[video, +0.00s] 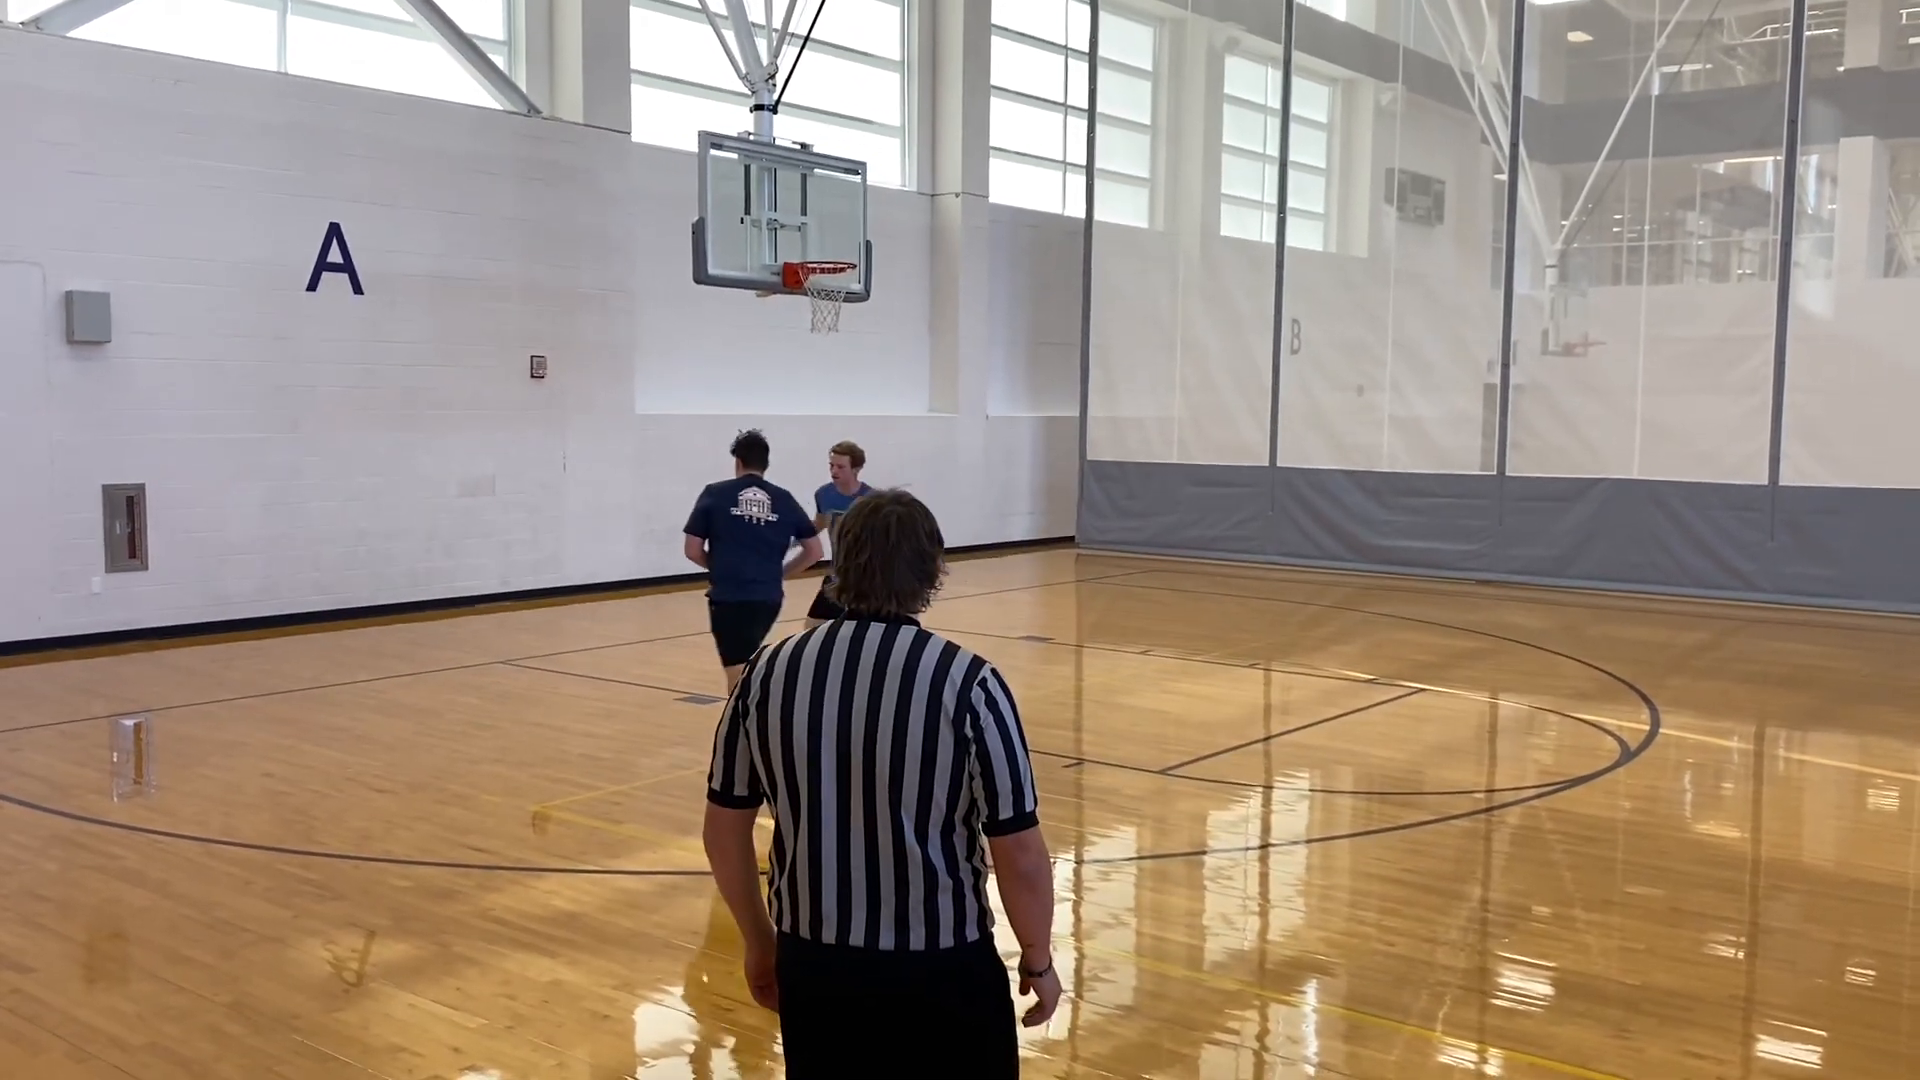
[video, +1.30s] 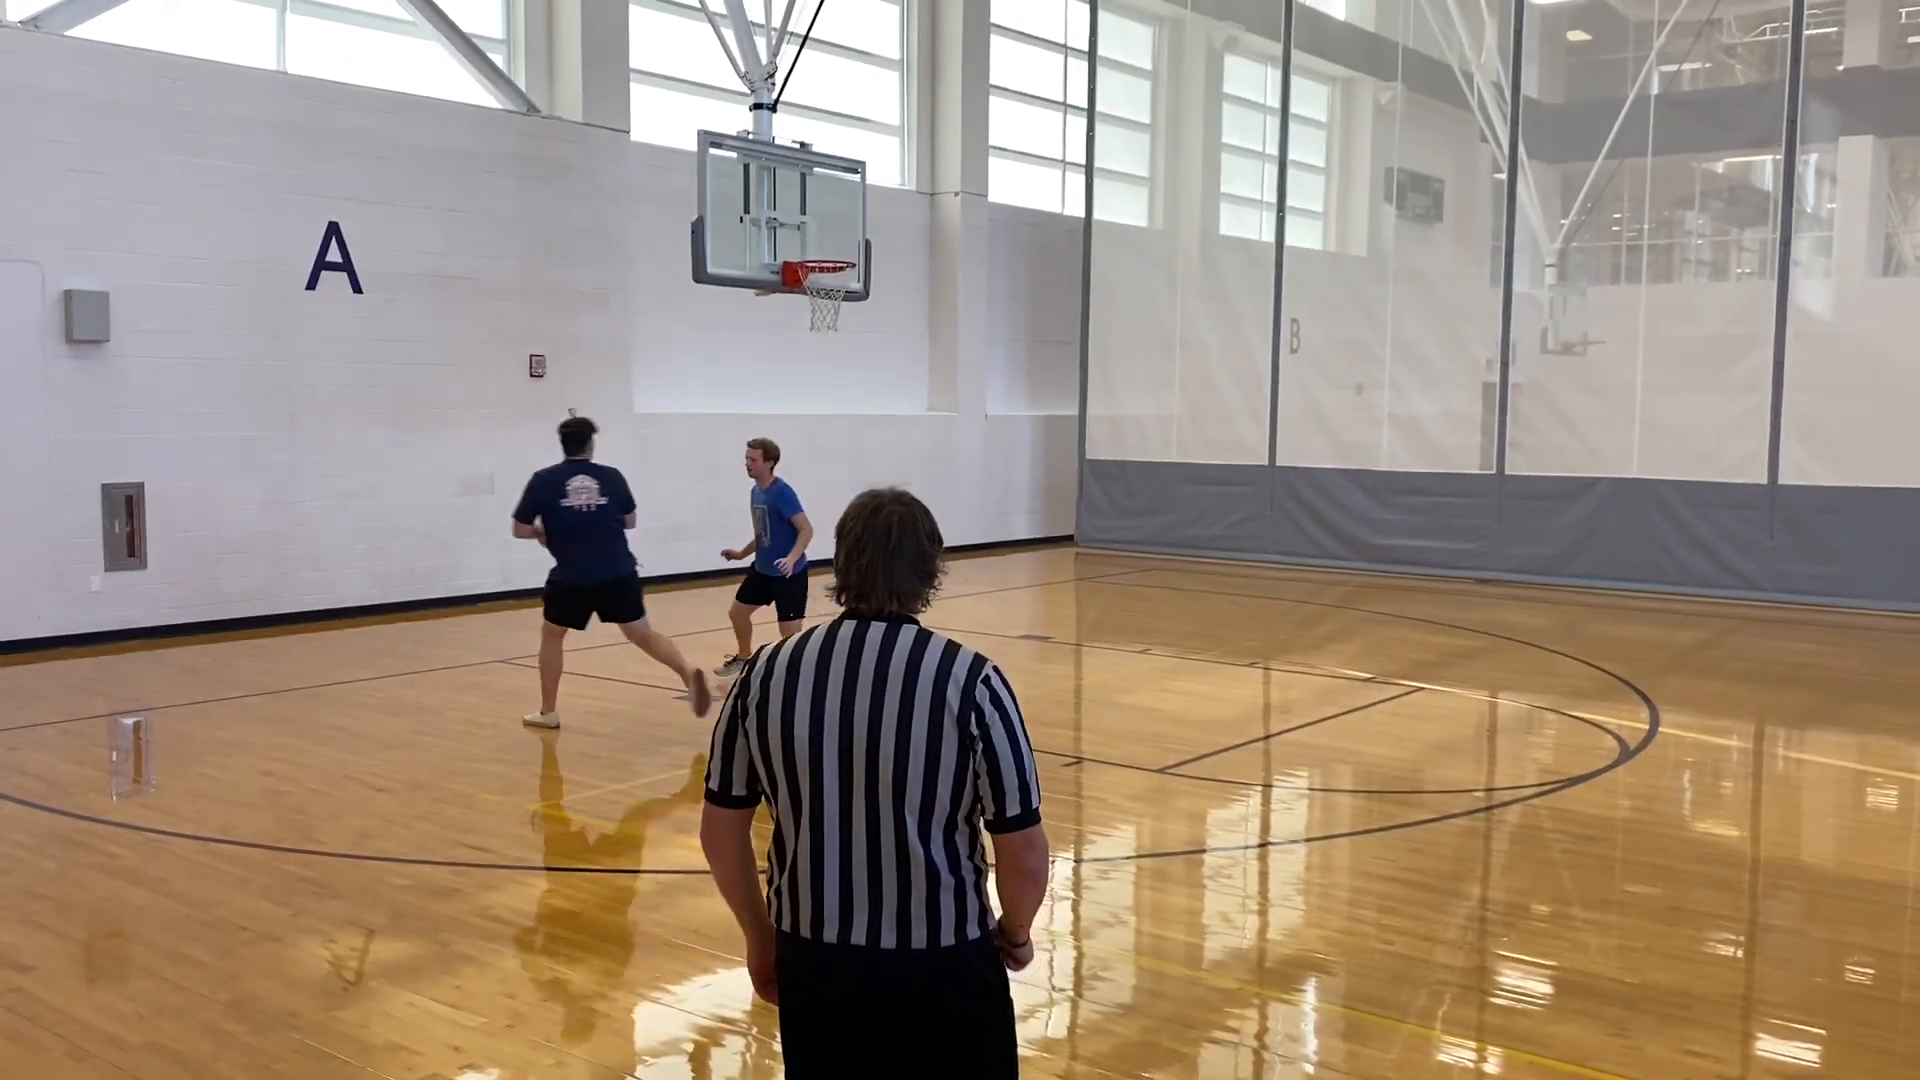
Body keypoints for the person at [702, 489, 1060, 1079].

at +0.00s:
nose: (940, 573)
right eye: (936, 561)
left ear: (841, 565)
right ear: (929, 571)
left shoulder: (768, 668)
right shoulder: (968, 681)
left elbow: (724, 828)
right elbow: (1019, 852)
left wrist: (758, 938)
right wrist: (1037, 955)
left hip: (814, 973)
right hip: (947, 977)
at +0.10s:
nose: (939, 573)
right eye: (935, 561)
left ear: (841, 564)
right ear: (929, 572)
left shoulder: (768, 671)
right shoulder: (969, 682)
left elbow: (724, 826)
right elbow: (1019, 851)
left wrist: (757, 940)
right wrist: (1037, 953)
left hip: (815, 974)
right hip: (948, 977)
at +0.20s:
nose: (938, 573)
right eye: (934, 560)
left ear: (841, 566)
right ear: (929, 572)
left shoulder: (768, 670)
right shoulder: (967, 681)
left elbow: (723, 826)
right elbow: (1017, 849)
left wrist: (755, 939)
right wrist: (1035, 950)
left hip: (814, 976)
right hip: (945, 978)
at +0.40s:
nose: (938, 570)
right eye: (934, 558)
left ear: (841, 566)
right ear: (928, 569)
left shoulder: (765, 670)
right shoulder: (968, 682)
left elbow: (721, 829)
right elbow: (1018, 853)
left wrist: (754, 939)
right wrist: (1032, 949)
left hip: (812, 974)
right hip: (945, 976)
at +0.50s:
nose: (940, 571)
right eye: (936, 558)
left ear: (841, 565)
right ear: (929, 570)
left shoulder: (764, 671)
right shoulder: (968, 682)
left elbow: (721, 830)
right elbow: (1018, 854)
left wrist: (754, 939)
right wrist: (1030, 946)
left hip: (812, 973)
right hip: (945, 975)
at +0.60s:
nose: (939, 570)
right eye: (935, 557)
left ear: (842, 564)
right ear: (930, 569)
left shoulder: (765, 670)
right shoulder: (969, 681)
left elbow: (721, 830)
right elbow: (1020, 854)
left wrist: (755, 939)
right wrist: (1029, 945)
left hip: (812, 973)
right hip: (946, 976)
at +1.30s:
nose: (938, 570)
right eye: (935, 557)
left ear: (842, 564)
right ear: (930, 569)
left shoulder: (766, 671)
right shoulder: (971, 680)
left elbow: (721, 831)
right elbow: (1024, 854)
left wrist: (758, 933)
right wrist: (1014, 929)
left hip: (815, 972)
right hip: (949, 974)